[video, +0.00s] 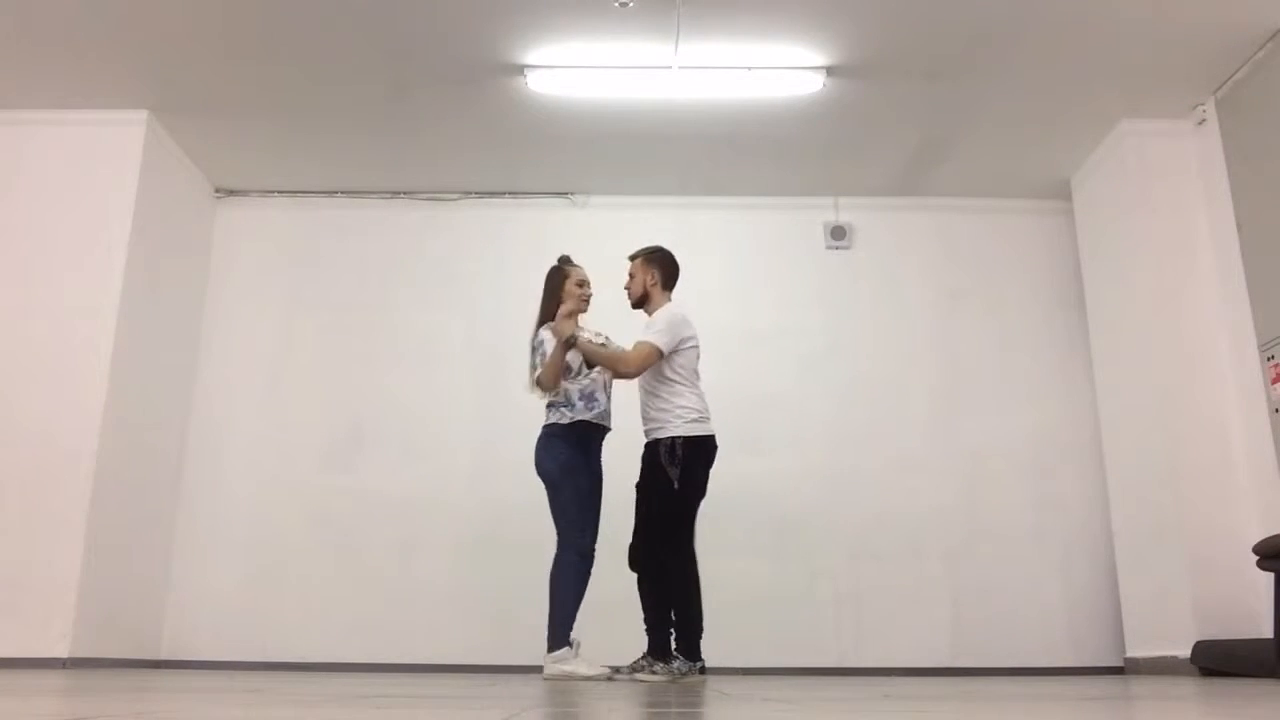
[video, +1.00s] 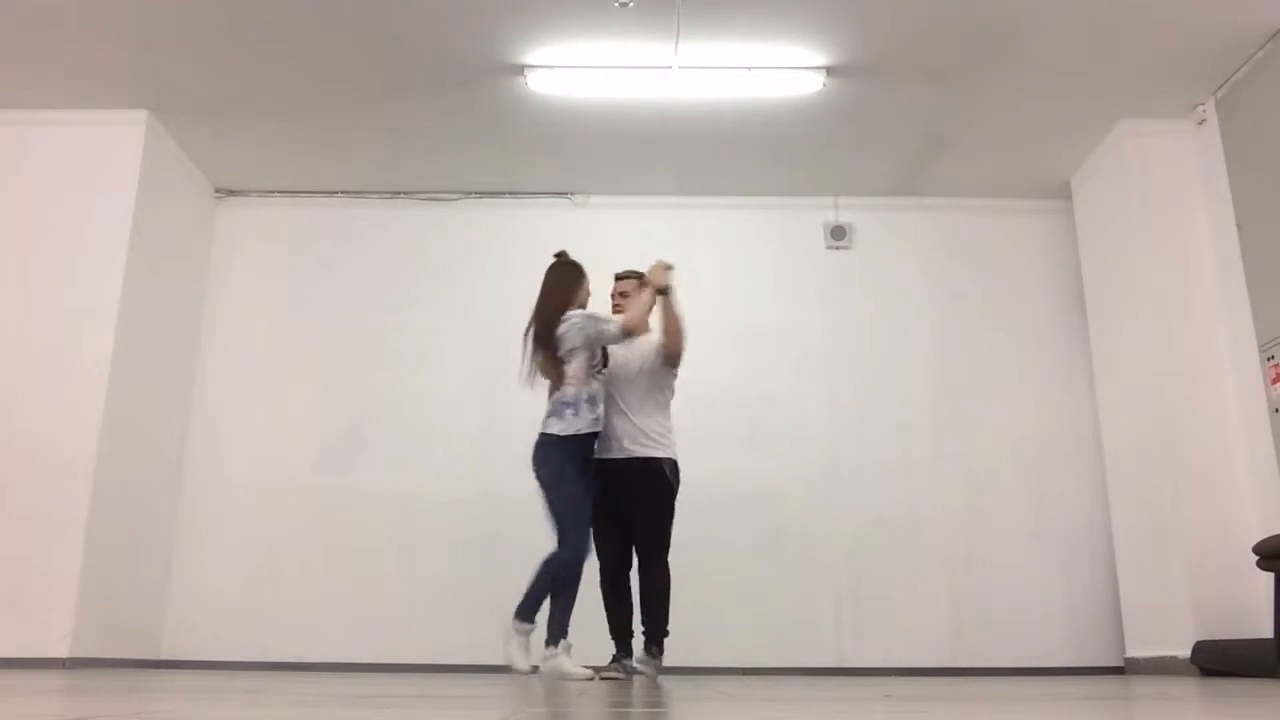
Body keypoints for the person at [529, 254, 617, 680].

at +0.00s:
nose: (587, 291)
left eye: (588, 286)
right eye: (579, 285)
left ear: (585, 293)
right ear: (559, 290)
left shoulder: (589, 336)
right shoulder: (546, 333)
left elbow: (621, 367)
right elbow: (547, 383)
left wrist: (600, 350)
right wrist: (563, 341)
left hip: (588, 444)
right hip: (563, 442)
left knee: (582, 546)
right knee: (573, 545)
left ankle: (562, 648)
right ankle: (558, 650)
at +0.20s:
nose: (578, 296)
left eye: (580, 291)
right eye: (569, 290)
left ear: (581, 298)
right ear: (548, 297)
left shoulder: (594, 343)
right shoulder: (537, 342)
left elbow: (611, 379)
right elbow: (529, 392)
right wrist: (541, 351)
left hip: (591, 448)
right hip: (555, 449)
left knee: (580, 545)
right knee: (575, 542)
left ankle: (558, 641)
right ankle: (552, 642)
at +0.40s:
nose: (572, 297)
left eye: (574, 292)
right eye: (563, 291)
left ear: (576, 301)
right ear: (542, 299)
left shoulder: (583, 350)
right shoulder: (528, 342)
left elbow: (614, 381)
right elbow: (509, 365)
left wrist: (642, 359)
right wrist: (528, 323)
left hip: (588, 452)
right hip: (550, 453)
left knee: (578, 547)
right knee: (573, 542)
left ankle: (558, 646)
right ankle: (528, 627)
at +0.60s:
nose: (572, 296)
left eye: (574, 291)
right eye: (564, 291)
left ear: (576, 297)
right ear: (545, 296)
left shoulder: (582, 346)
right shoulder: (527, 335)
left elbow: (608, 378)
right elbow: (517, 351)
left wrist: (645, 360)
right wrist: (541, 309)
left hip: (572, 455)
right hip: (530, 455)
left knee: (582, 546)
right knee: (530, 551)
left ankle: (558, 644)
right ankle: (511, 647)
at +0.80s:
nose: (579, 300)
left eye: (581, 294)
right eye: (572, 293)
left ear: (582, 299)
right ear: (552, 294)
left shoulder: (581, 342)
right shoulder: (534, 329)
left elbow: (615, 373)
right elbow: (554, 343)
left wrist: (656, 369)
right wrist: (573, 300)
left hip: (571, 455)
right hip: (531, 452)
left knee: (577, 546)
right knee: (526, 548)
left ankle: (561, 646)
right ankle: (511, 646)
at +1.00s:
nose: (590, 291)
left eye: (587, 285)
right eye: (587, 285)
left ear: (554, 288)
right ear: (578, 289)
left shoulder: (562, 326)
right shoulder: (575, 324)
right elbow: (632, 325)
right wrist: (652, 287)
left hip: (576, 450)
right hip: (560, 450)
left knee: (575, 549)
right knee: (571, 547)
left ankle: (556, 647)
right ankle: (521, 623)